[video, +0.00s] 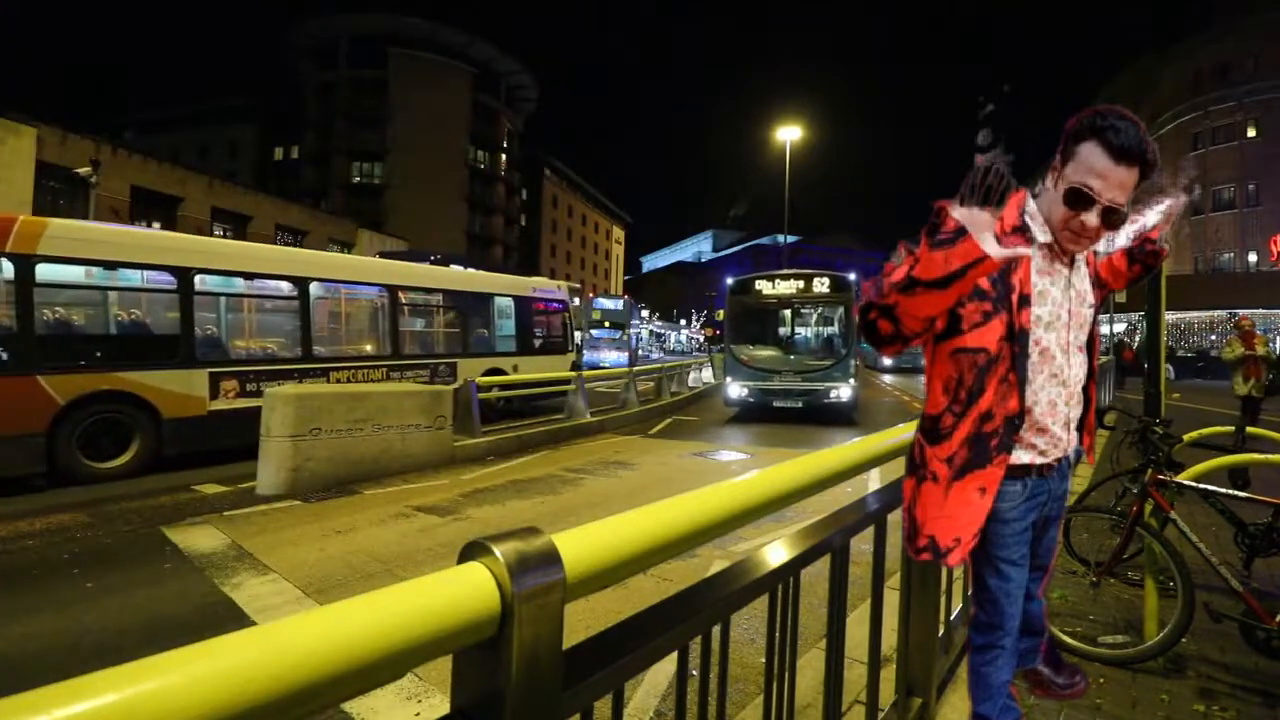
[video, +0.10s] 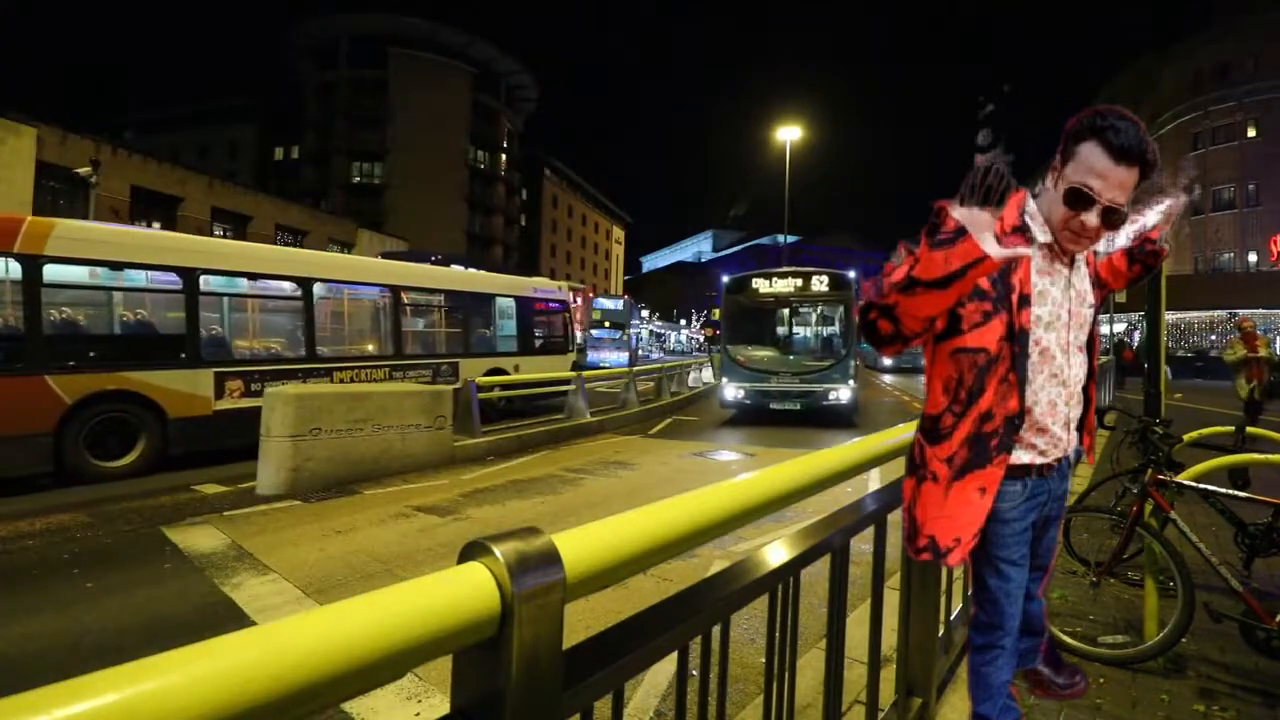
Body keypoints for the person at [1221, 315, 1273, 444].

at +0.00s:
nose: (1247, 329)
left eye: (1250, 326)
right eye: (1243, 327)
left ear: (1254, 327)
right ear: (1238, 329)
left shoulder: (1261, 340)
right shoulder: (1233, 341)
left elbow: (1272, 358)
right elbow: (1225, 357)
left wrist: (1261, 353)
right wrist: (1241, 353)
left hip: (1259, 382)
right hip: (1242, 382)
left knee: (1255, 411)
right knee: (1245, 411)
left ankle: (1252, 435)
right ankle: (1240, 438)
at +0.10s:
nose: (1249, 331)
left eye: (1251, 327)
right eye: (1245, 328)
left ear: (1255, 328)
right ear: (1240, 331)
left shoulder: (1263, 341)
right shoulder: (1235, 343)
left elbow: (1273, 358)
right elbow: (1227, 359)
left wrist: (1264, 353)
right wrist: (1244, 354)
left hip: (1261, 380)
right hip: (1244, 381)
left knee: (1258, 408)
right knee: (1248, 408)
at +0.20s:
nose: (1251, 332)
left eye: (1253, 328)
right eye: (1247, 329)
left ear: (1257, 329)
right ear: (1241, 331)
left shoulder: (1265, 341)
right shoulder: (1236, 344)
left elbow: (1274, 359)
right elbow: (1229, 360)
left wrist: (1266, 354)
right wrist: (1247, 355)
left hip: (1264, 380)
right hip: (1246, 381)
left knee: (1262, 408)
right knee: (1251, 408)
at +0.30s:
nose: (1254, 330)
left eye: (1256, 326)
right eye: (1250, 328)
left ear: (1260, 327)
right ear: (1245, 330)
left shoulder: (1267, 341)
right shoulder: (1239, 344)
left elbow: (1275, 354)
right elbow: (1232, 358)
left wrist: (1271, 354)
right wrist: (1252, 355)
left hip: (1268, 381)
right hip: (1249, 381)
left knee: (1266, 408)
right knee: (1253, 410)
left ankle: (1251, 430)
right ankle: (1243, 437)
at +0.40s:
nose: (1259, 327)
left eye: (1261, 324)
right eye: (1256, 325)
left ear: (1264, 325)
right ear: (1249, 327)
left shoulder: (1271, 339)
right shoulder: (1244, 340)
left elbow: (1277, 351)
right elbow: (1236, 355)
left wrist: (1272, 350)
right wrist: (1257, 351)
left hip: (1272, 382)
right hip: (1253, 383)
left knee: (1273, 407)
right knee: (1253, 408)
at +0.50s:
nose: (1264, 329)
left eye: (1266, 325)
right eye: (1260, 326)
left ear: (1270, 326)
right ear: (1254, 328)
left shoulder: (1273, 340)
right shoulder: (1247, 340)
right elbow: (1239, 355)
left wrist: (1275, 348)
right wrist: (1263, 349)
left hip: (1274, 383)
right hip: (1256, 385)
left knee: (1277, 413)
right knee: (1254, 414)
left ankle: (1276, 436)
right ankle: (1252, 438)